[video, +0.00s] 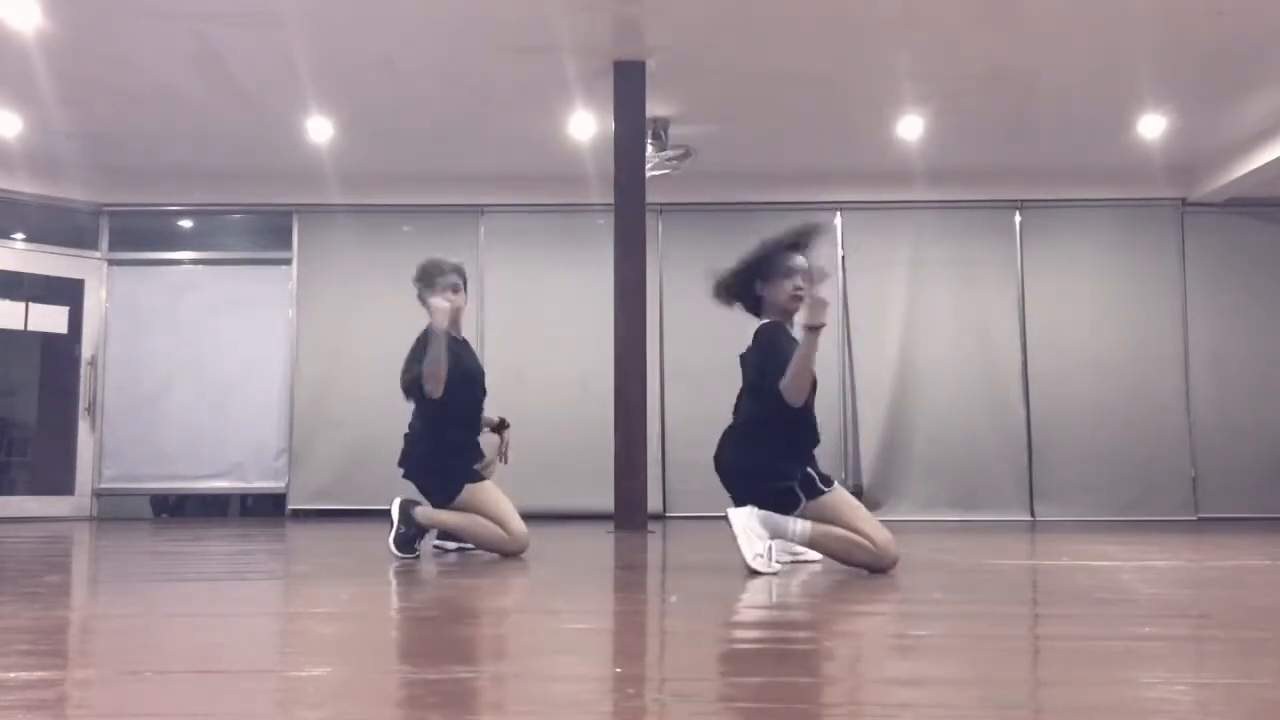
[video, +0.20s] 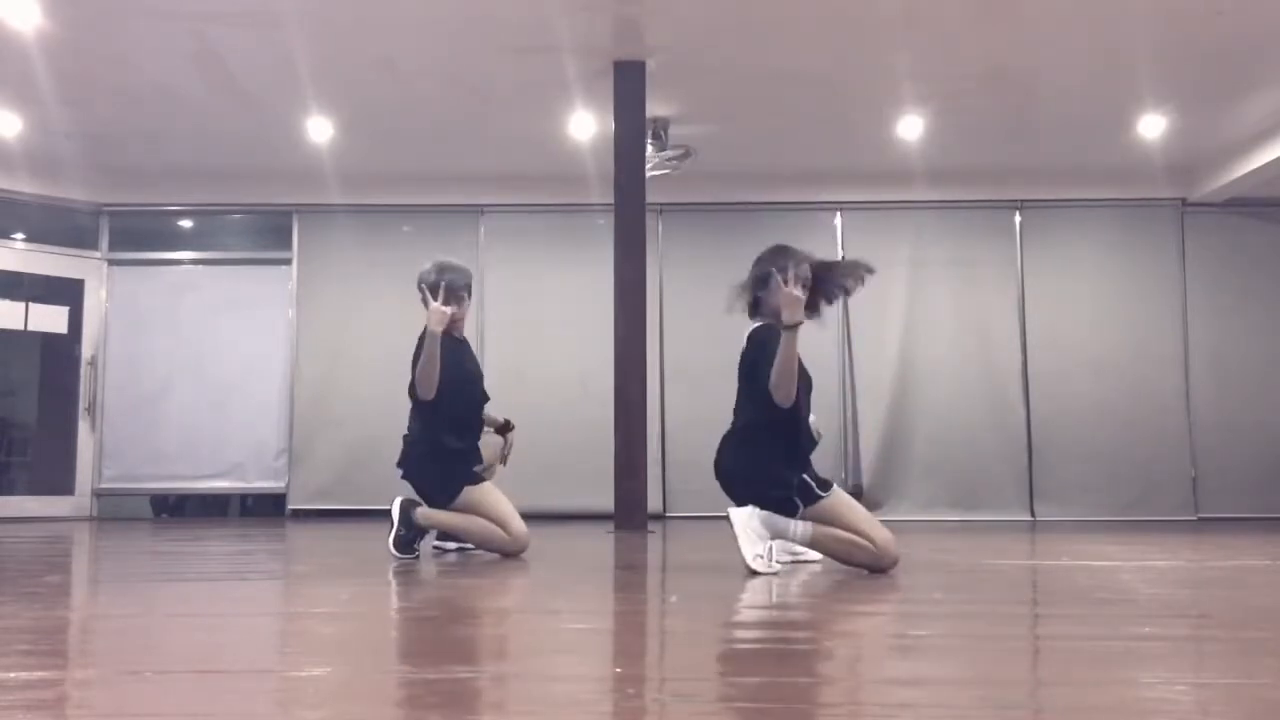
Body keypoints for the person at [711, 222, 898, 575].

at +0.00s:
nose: (800, 284)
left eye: (804, 276)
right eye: (788, 275)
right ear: (762, 288)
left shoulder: (771, 335)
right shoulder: (773, 335)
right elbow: (794, 394)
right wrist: (812, 328)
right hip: (772, 466)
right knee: (883, 553)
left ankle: (774, 538)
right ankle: (764, 522)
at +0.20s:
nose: (802, 291)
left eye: (804, 283)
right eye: (794, 281)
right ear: (770, 284)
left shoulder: (770, 336)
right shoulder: (767, 337)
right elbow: (783, 396)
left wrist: (802, 425)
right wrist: (791, 326)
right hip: (764, 467)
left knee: (879, 543)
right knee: (884, 553)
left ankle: (777, 538)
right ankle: (765, 523)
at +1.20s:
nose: (853, 291)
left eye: (860, 282)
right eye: (840, 283)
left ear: (869, 285)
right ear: (820, 289)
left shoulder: (887, 321)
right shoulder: (809, 354)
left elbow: (935, 351)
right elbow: (774, 425)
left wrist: (881, 337)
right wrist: (740, 479)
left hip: (904, 446)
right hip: (855, 452)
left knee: (1012, 496)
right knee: (900, 521)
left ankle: (911, 530)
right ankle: (781, 525)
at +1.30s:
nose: (850, 301)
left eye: (858, 292)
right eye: (839, 292)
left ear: (869, 294)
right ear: (822, 297)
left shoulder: (884, 319)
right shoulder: (814, 367)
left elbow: (909, 349)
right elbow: (805, 454)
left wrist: (833, 361)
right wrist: (781, 521)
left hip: (907, 449)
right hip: (850, 449)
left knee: (993, 515)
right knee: (875, 464)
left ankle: (913, 526)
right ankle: (788, 532)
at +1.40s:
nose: (848, 313)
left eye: (857, 303)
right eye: (838, 304)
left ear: (870, 306)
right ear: (822, 309)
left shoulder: (883, 333)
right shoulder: (818, 374)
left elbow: (899, 355)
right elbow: (806, 448)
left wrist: (867, 369)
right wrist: (790, 509)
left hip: (904, 477)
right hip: (849, 478)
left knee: (979, 536)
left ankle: (913, 529)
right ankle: (796, 537)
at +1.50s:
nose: (839, 315)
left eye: (849, 307)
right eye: (829, 306)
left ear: (861, 313)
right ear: (813, 311)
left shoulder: (879, 348)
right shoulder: (807, 376)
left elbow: (926, 357)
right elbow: (763, 444)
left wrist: (979, 356)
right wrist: (724, 495)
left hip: (891, 479)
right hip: (837, 479)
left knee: (966, 541)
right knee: (788, 430)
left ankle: (905, 534)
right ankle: (789, 542)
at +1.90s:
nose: (838, 251)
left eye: (847, 242)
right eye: (827, 241)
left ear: (858, 249)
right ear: (808, 247)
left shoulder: (868, 318)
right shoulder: (788, 281)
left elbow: (861, 400)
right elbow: (834, 336)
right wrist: (908, 351)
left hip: (838, 410)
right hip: (783, 409)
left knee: (847, 445)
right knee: (721, 457)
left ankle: (843, 534)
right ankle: (790, 535)